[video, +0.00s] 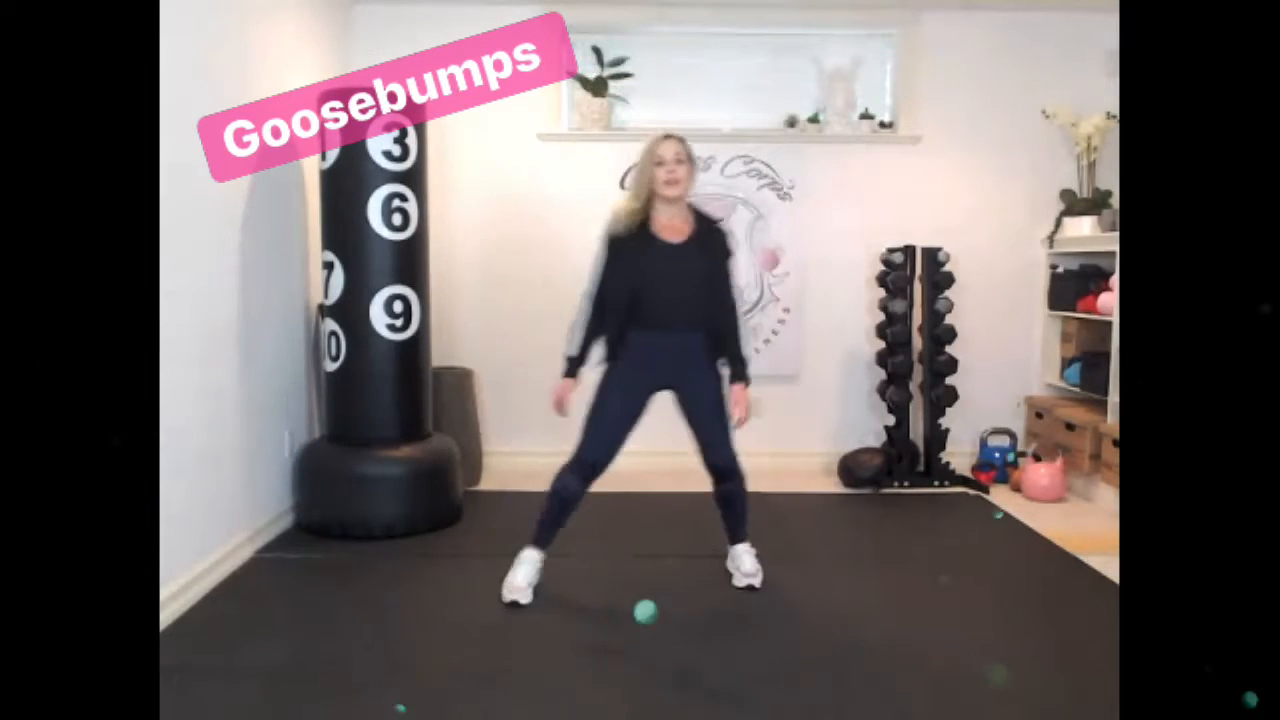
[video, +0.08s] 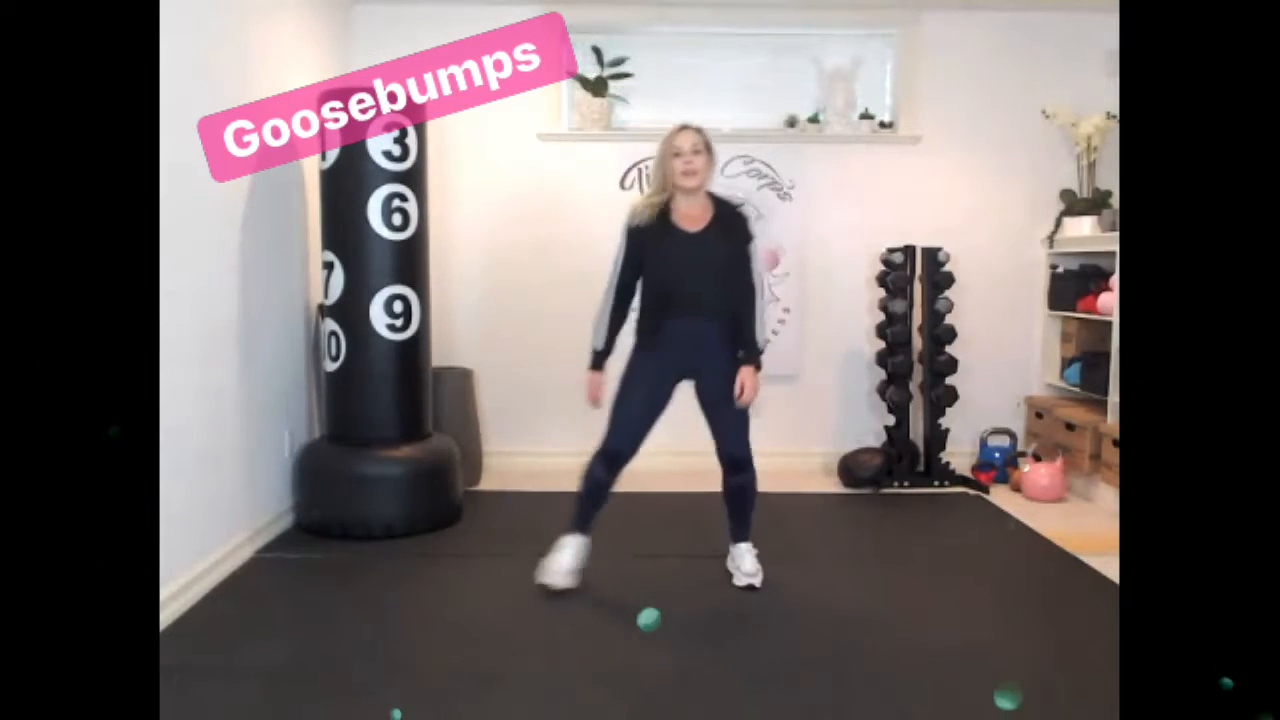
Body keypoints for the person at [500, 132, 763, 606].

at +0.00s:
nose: (671, 172)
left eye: (679, 164)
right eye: (661, 164)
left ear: (692, 172)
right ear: (647, 174)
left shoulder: (710, 236)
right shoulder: (626, 233)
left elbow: (725, 308)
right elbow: (601, 305)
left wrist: (738, 376)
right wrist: (571, 373)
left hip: (694, 361)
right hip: (634, 360)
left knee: (722, 461)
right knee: (588, 462)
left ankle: (740, 548)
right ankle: (533, 555)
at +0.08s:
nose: (687, 162)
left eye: (696, 154)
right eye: (678, 155)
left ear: (710, 162)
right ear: (665, 165)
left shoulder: (732, 222)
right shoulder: (645, 221)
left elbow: (746, 293)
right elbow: (621, 294)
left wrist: (750, 358)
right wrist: (597, 364)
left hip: (717, 352)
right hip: (657, 350)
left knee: (737, 456)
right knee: (615, 449)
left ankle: (742, 546)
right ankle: (575, 539)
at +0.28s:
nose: (700, 153)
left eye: (709, 145)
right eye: (691, 146)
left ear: (725, 151)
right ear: (680, 154)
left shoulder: (745, 207)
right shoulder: (659, 212)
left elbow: (763, 283)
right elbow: (642, 281)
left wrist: (761, 350)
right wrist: (632, 344)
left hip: (733, 341)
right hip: (676, 341)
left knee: (741, 447)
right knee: (671, 441)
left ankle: (744, 542)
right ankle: (678, 524)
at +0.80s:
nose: (675, 166)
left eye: (684, 157)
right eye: (666, 159)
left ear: (700, 165)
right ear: (655, 169)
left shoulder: (722, 225)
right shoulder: (636, 227)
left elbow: (748, 293)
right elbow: (628, 296)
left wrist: (757, 360)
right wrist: (621, 357)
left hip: (707, 352)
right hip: (647, 351)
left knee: (730, 454)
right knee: (604, 446)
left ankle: (743, 546)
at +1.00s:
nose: (641, 172)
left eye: (651, 165)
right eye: (632, 164)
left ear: (661, 173)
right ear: (618, 170)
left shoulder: (671, 232)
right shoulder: (587, 225)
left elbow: (686, 303)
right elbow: (563, 292)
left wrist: (706, 373)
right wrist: (547, 357)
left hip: (653, 352)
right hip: (592, 350)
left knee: (689, 449)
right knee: (559, 451)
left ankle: (732, 541)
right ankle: (540, 537)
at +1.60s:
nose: (617, 172)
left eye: (626, 164)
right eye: (609, 163)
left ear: (636, 167)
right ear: (592, 163)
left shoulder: (645, 219)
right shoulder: (558, 209)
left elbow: (652, 292)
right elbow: (531, 274)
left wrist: (659, 359)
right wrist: (525, 340)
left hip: (623, 339)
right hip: (565, 338)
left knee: (655, 430)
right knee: (551, 442)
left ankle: (647, 513)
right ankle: (540, 535)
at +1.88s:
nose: (669, 186)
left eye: (678, 177)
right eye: (660, 179)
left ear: (690, 179)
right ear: (647, 183)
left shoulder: (708, 232)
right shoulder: (627, 232)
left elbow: (724, 300)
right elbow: (609, 301)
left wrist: (737, 363)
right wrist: (582, 367)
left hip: (696, 354)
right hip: (636, 355)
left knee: (723, 454)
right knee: (595, 450)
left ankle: (741, 541)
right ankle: (550, 534)